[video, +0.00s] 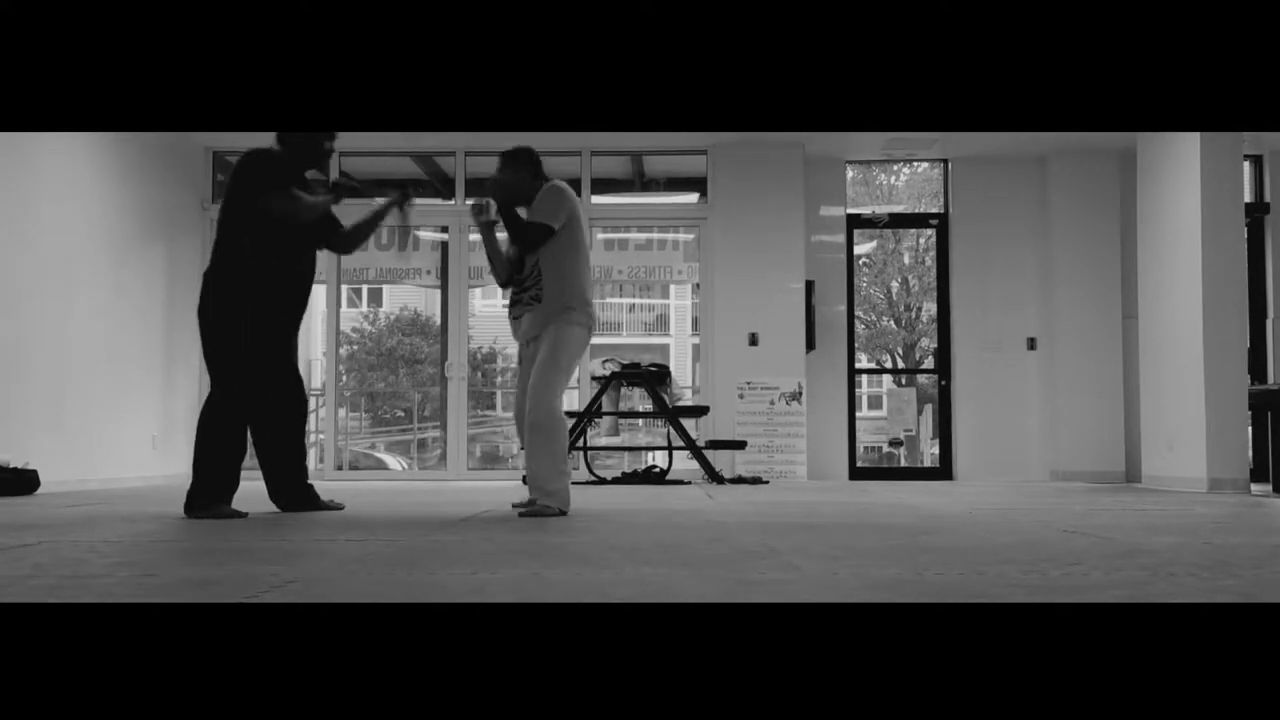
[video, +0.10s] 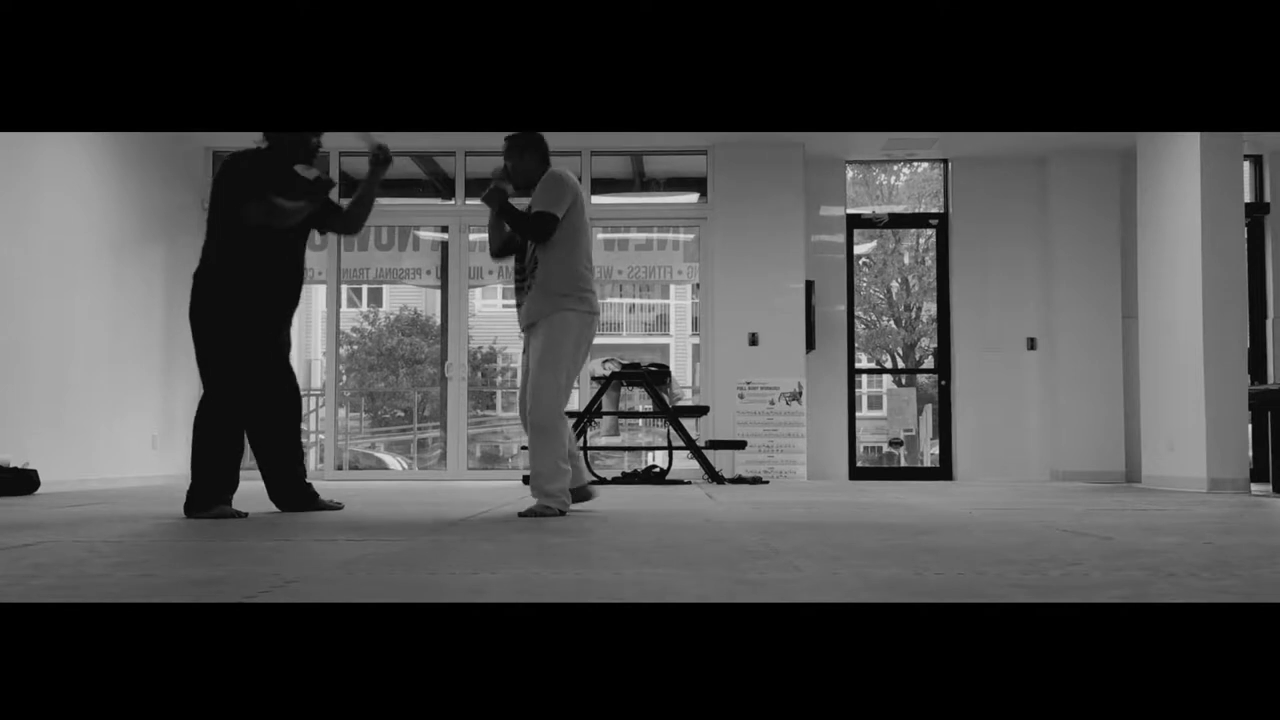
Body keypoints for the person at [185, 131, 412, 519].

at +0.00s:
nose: (329, 152)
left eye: (329, 145)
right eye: (324, 143)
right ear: (299, 140)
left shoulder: (302, 191)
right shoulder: (258, 165)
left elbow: (344, 242)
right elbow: (284, 211)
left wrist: (387, 207)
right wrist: (328, 195)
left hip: (273, 317)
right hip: (233, 310)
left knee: (286, 401)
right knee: (231, 399)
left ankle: (294, 495)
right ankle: (206, 500)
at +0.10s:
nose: (318, 143)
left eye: (317, 136)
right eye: (311, 135)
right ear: (286, 135)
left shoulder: (301, 186)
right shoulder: (240, 167)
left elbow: (348, 223)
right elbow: (266, 214)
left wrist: (373, 178)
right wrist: (316, 198)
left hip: (267, 314)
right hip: (223, 308)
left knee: (279, 400)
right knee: (223, 400)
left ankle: (292, 494)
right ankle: (206, 500)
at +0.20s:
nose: (305, 142)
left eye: (305, 136)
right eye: (300, 136)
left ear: (262, 136)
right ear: (282, 137)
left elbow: (351, 203)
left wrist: (376, 170)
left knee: (273, 401)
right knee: (219, 401)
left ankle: (292, 494)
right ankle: (205, 501)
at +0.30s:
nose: (294, 142)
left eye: (292, 137)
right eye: (292, 137)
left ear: (248, 137)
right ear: (284, 139)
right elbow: (357, 187)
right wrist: (422, 187)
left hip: (200, 311)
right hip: (247, 316)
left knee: (210, 404)